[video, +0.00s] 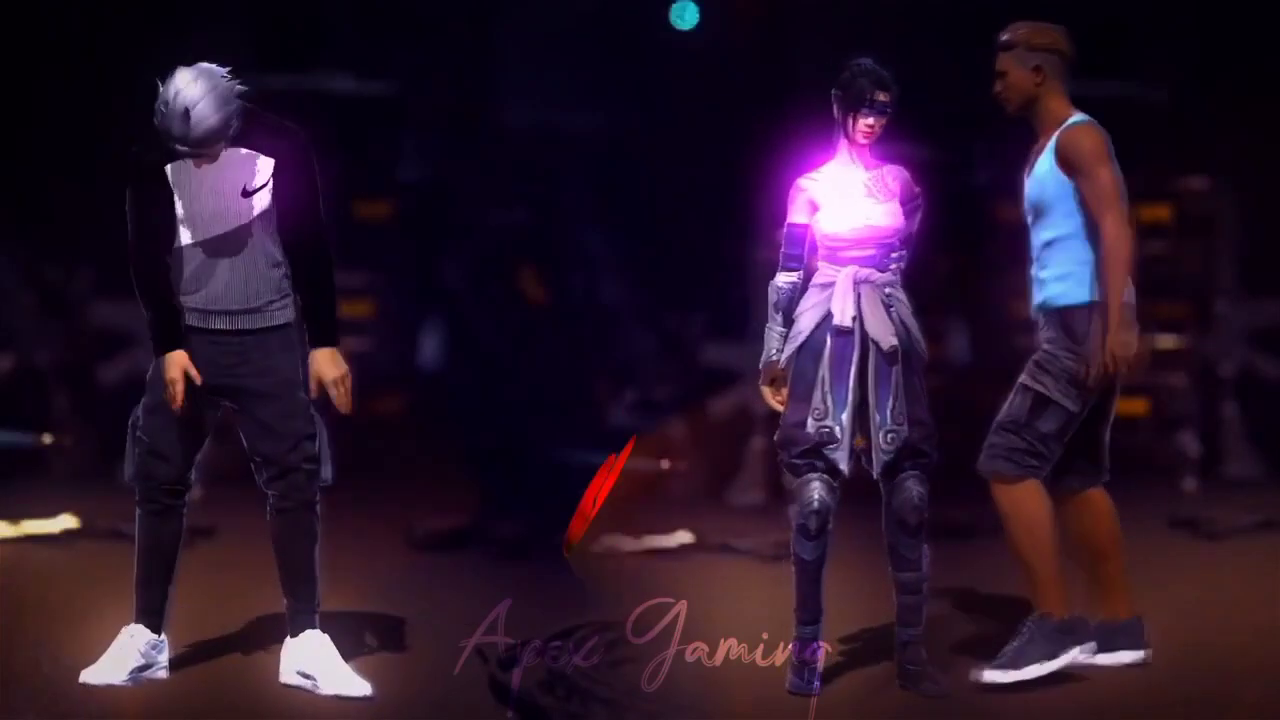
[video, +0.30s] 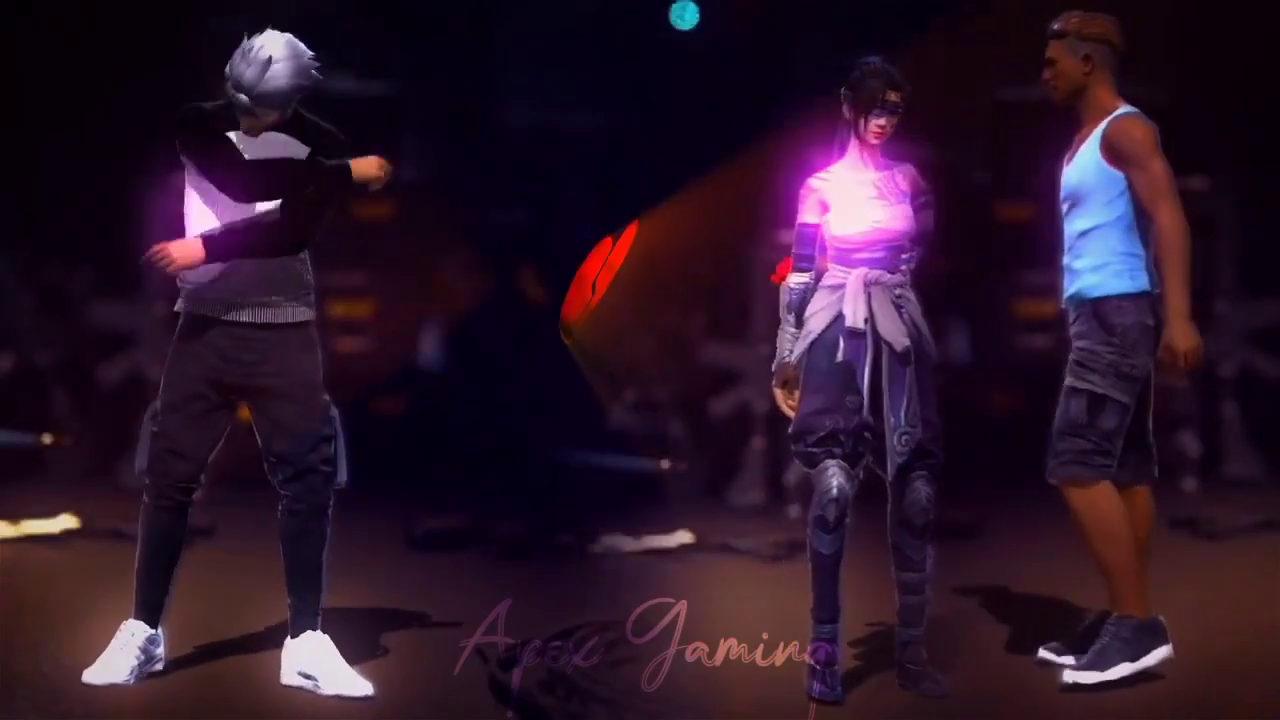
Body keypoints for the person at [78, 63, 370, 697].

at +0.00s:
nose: (204, 157)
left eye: (213, 146)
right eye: (192, 149)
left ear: (234, 120)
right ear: (171, 131)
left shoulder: (283, 150)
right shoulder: (152, 163)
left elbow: (310, 244)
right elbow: (146, 257)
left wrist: (324, 340)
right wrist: (167, 343)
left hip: (273, 342)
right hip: (186, 344)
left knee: (295, 484)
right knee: (156, 482)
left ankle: (304, 636)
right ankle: (148, 634)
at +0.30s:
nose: (257, 117)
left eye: (273, 107)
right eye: (248, 103)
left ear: (298, 98)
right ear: (232, 86)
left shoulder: (322, 145)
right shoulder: (194, 126)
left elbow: (297, 226)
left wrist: (205, 246)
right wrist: (341, 172)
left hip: (286, 337)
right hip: (204, 333)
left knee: (308, 480)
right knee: (169, 480)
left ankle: (305, 638)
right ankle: (144, 631)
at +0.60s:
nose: (328, 110)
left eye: (342, 99)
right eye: (320, 93)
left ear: (357, 93)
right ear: (296, 72)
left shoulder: (358, 143)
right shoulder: (231, 116)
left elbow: (366, 235)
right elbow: (231, 175)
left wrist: (344, 261)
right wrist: (330, 165)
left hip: (309, 332)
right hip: (227, 325)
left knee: (323, 480)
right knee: (177, 474)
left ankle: (305, 638)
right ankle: (138, 626)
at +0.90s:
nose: (386, 106)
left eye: (398, 95)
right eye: (378, 88)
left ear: (408, 93)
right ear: (345, 72)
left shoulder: (396, 151)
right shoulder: (265, 120)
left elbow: (415, 252)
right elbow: (220, 213)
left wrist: (442, 334)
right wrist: (192, 299)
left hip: (320, 337)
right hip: (239, 322)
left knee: (331, 477)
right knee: (187, 463)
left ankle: (307, 639)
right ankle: (133, 607)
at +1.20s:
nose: (413, 106)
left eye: (427, 96)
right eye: (407, 87)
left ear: (435, 98)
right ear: (379, 69)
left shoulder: (416, 151)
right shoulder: (304, 110)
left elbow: (398, 236)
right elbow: (229, 180)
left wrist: (409, 313)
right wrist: (179, 250)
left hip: (326, 327)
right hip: (251, 306)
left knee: (334, 471)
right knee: (197, 438)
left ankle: (307, 635)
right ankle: (118, 520)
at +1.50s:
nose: (399, 96)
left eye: (415, 86)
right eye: (391, 79)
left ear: (428, 86)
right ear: (367, 66)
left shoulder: (420, 145)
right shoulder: (305, 110)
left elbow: (402, 240)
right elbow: (227, 184)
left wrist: (391, 311)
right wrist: (182, 258)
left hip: (341, 324)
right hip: (265, 304)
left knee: (345, 471)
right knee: (214, 446)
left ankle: (310, 633)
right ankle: (121, 466)